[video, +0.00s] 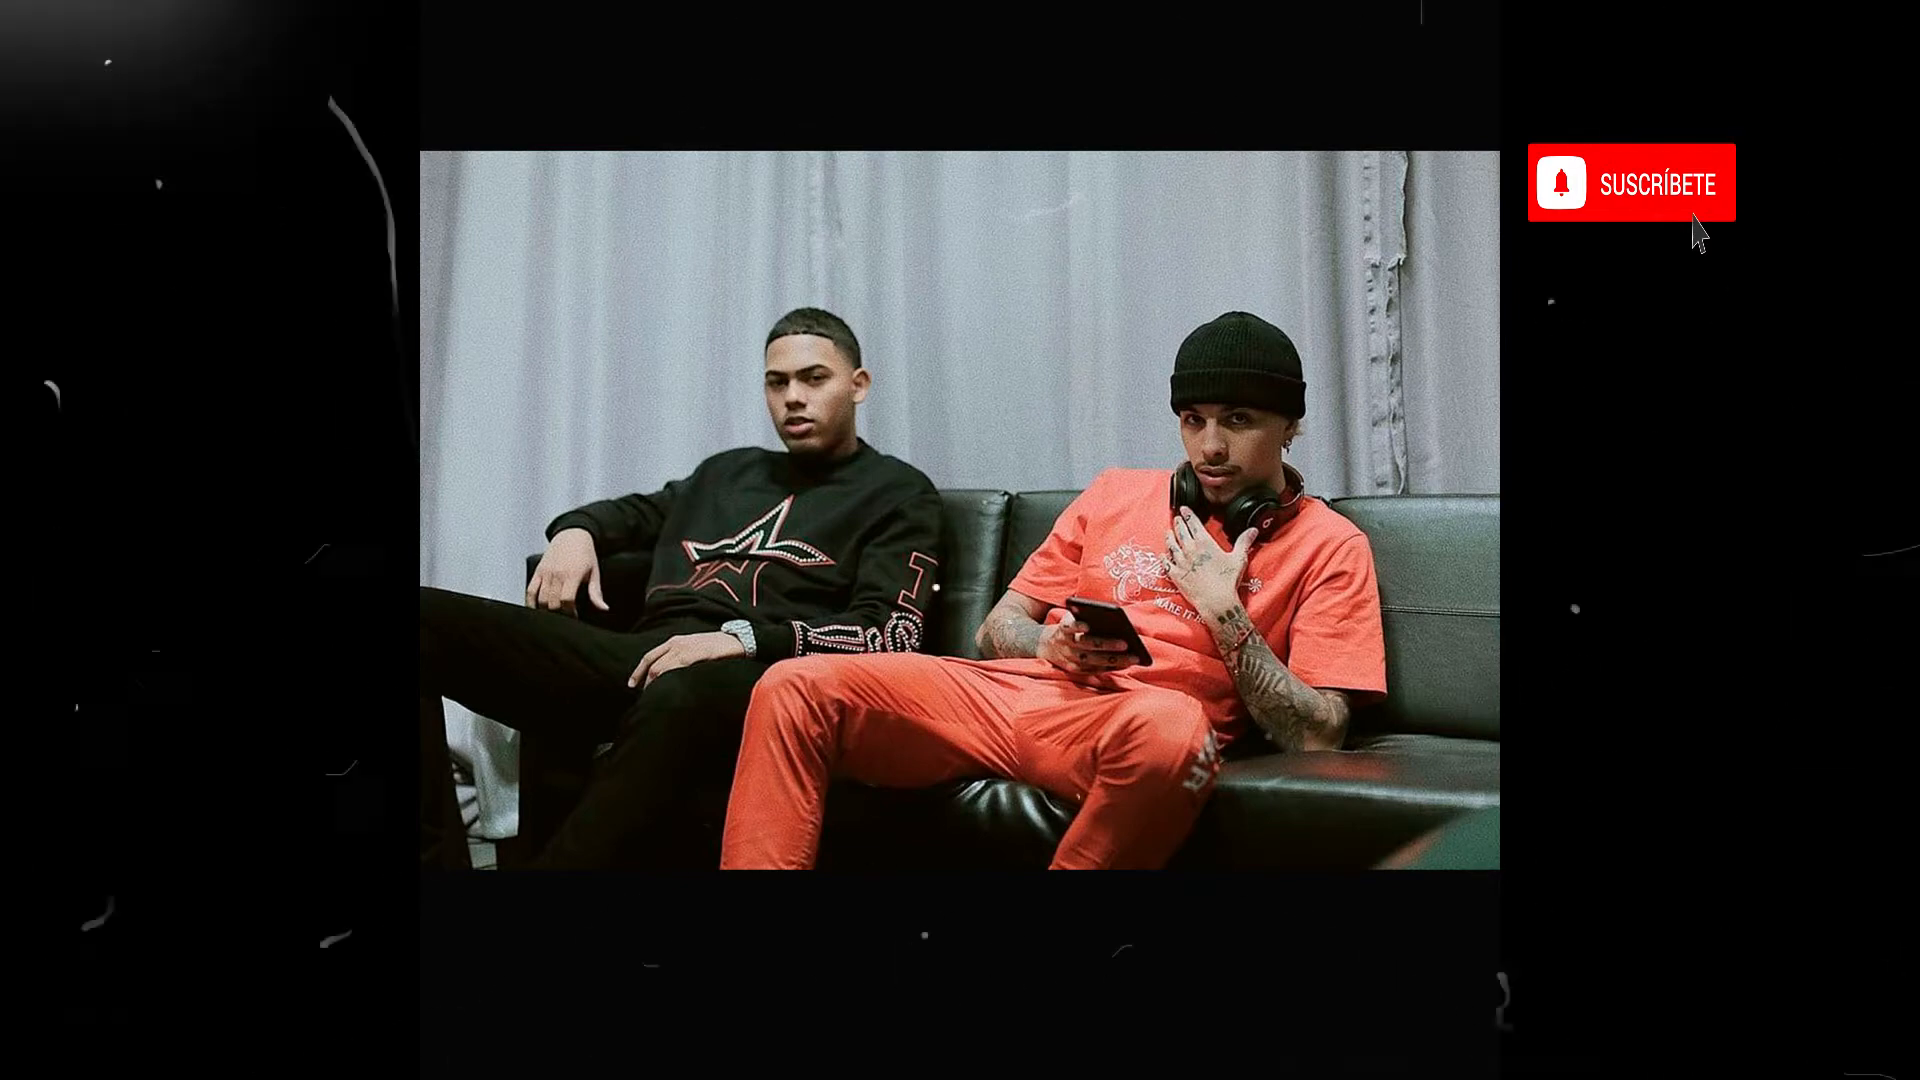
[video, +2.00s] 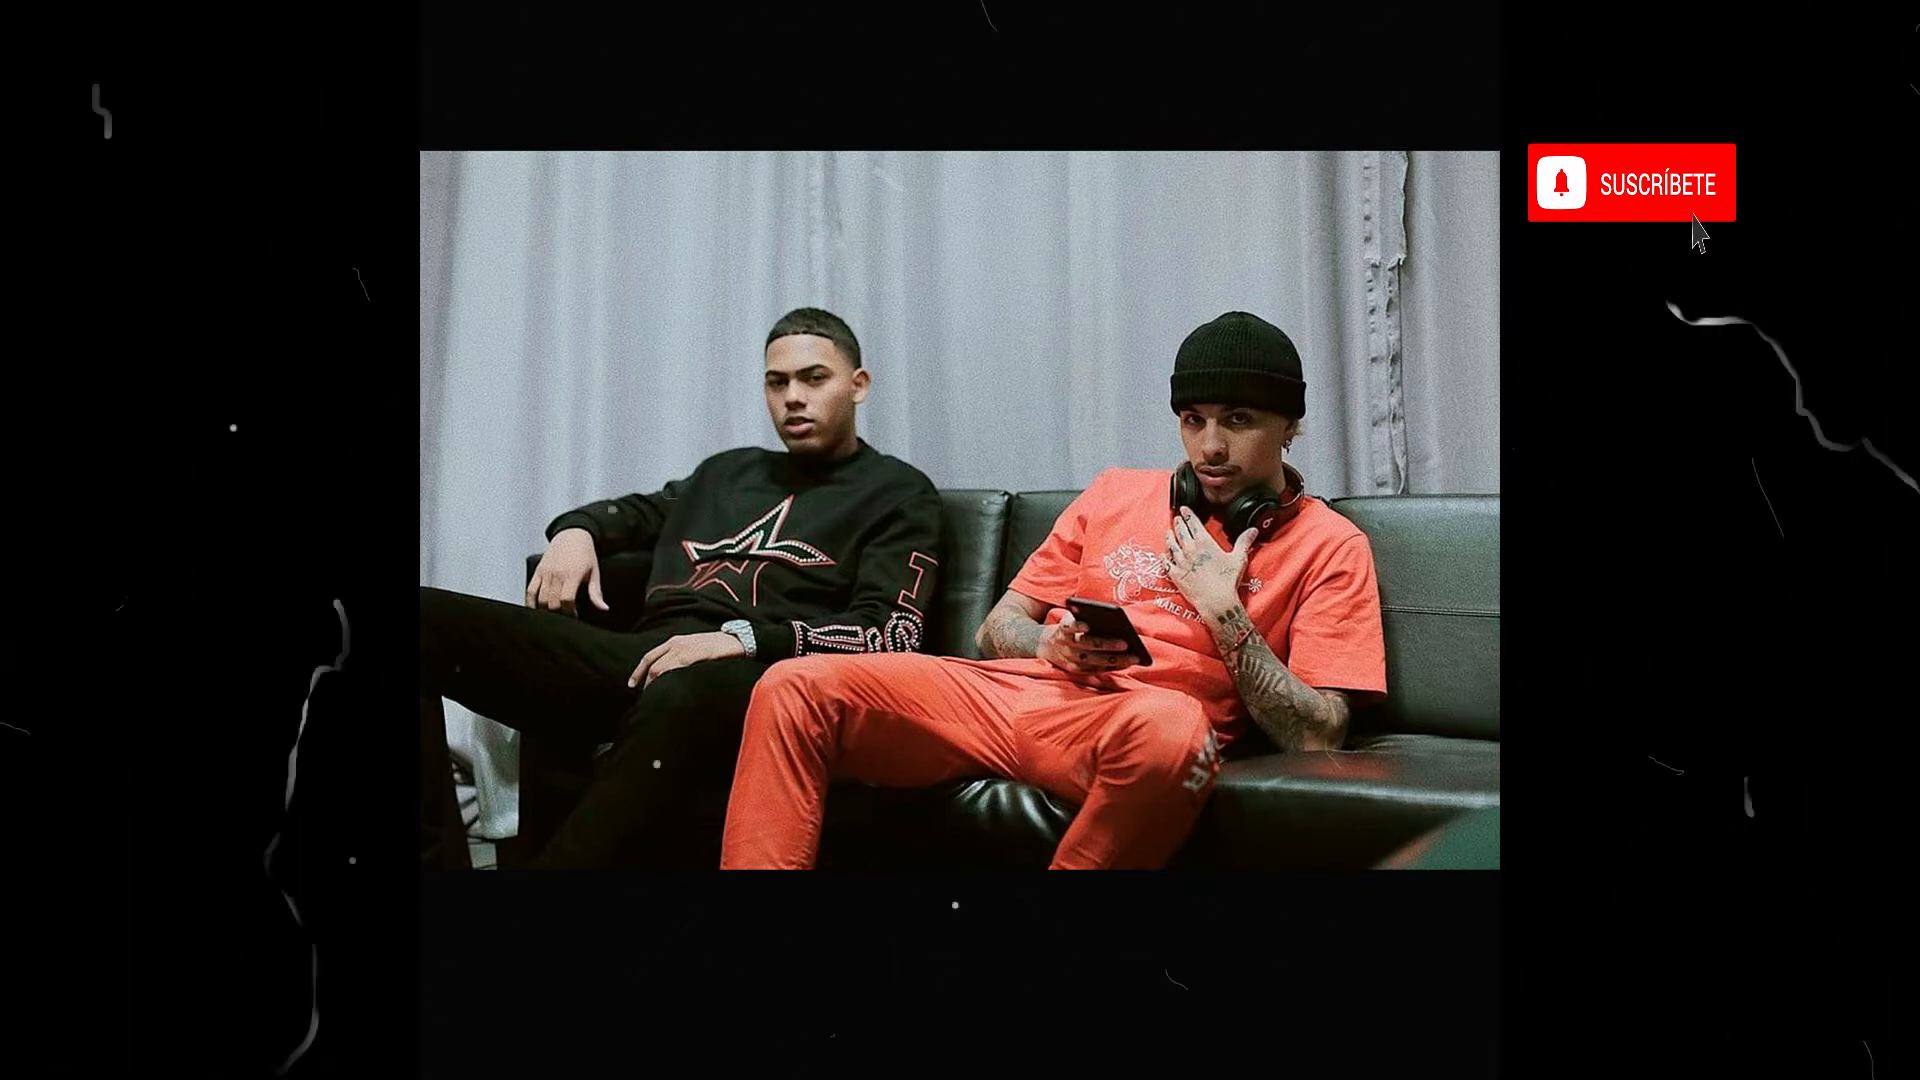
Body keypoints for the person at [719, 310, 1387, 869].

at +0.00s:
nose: (1210, 445)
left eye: (1238, 421)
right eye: (1196, 419)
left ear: (1289, 429)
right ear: (1179, 422)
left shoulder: (1328, 546)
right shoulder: (1118, 492)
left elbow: (1318, 734)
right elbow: (999, 626)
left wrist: (1227, 614)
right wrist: (1050, 647)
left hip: (1133, 707)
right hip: (1014, 685)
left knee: (1170, 747)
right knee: (792, 693)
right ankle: (758, 918)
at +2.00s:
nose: (1211, 445)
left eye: (1238, 421)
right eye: (1196, 419)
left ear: (1289, 429)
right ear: (1178, 422)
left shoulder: (1329, 545)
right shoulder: (1118, 492)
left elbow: (1318, 735)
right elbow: (999, 627)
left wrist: (1227, 615)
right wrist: (1050, 647)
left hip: (1129, 709)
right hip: (1013, 686)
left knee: (1171, 746)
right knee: (792, 693)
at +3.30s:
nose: (1210, 445)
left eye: (1238, 421)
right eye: (1196, 419)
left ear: (1289, 429)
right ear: (1179, 422)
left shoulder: (1328, 546)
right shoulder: (1118, 493)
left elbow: (1318, 734)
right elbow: (999, 626)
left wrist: (1226, 614)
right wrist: (1050, 647)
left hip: (1132, 708)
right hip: (1013, 685)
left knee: (1170, 747)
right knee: (792, 693)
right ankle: (759, 911)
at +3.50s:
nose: (1211, 445)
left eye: (1238, 421)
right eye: (1196, 419)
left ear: (1289, 429)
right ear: (1178, 422)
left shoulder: (1328, 545)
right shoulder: (1118, 492)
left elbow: (1318, 735)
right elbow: (999, 627)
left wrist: (1227, 615)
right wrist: (1050, 647)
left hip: (1129, 709)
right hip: (1012, 685)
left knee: (1171, 746)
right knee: (792, 693)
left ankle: (1042, 946)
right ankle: (763, 932)